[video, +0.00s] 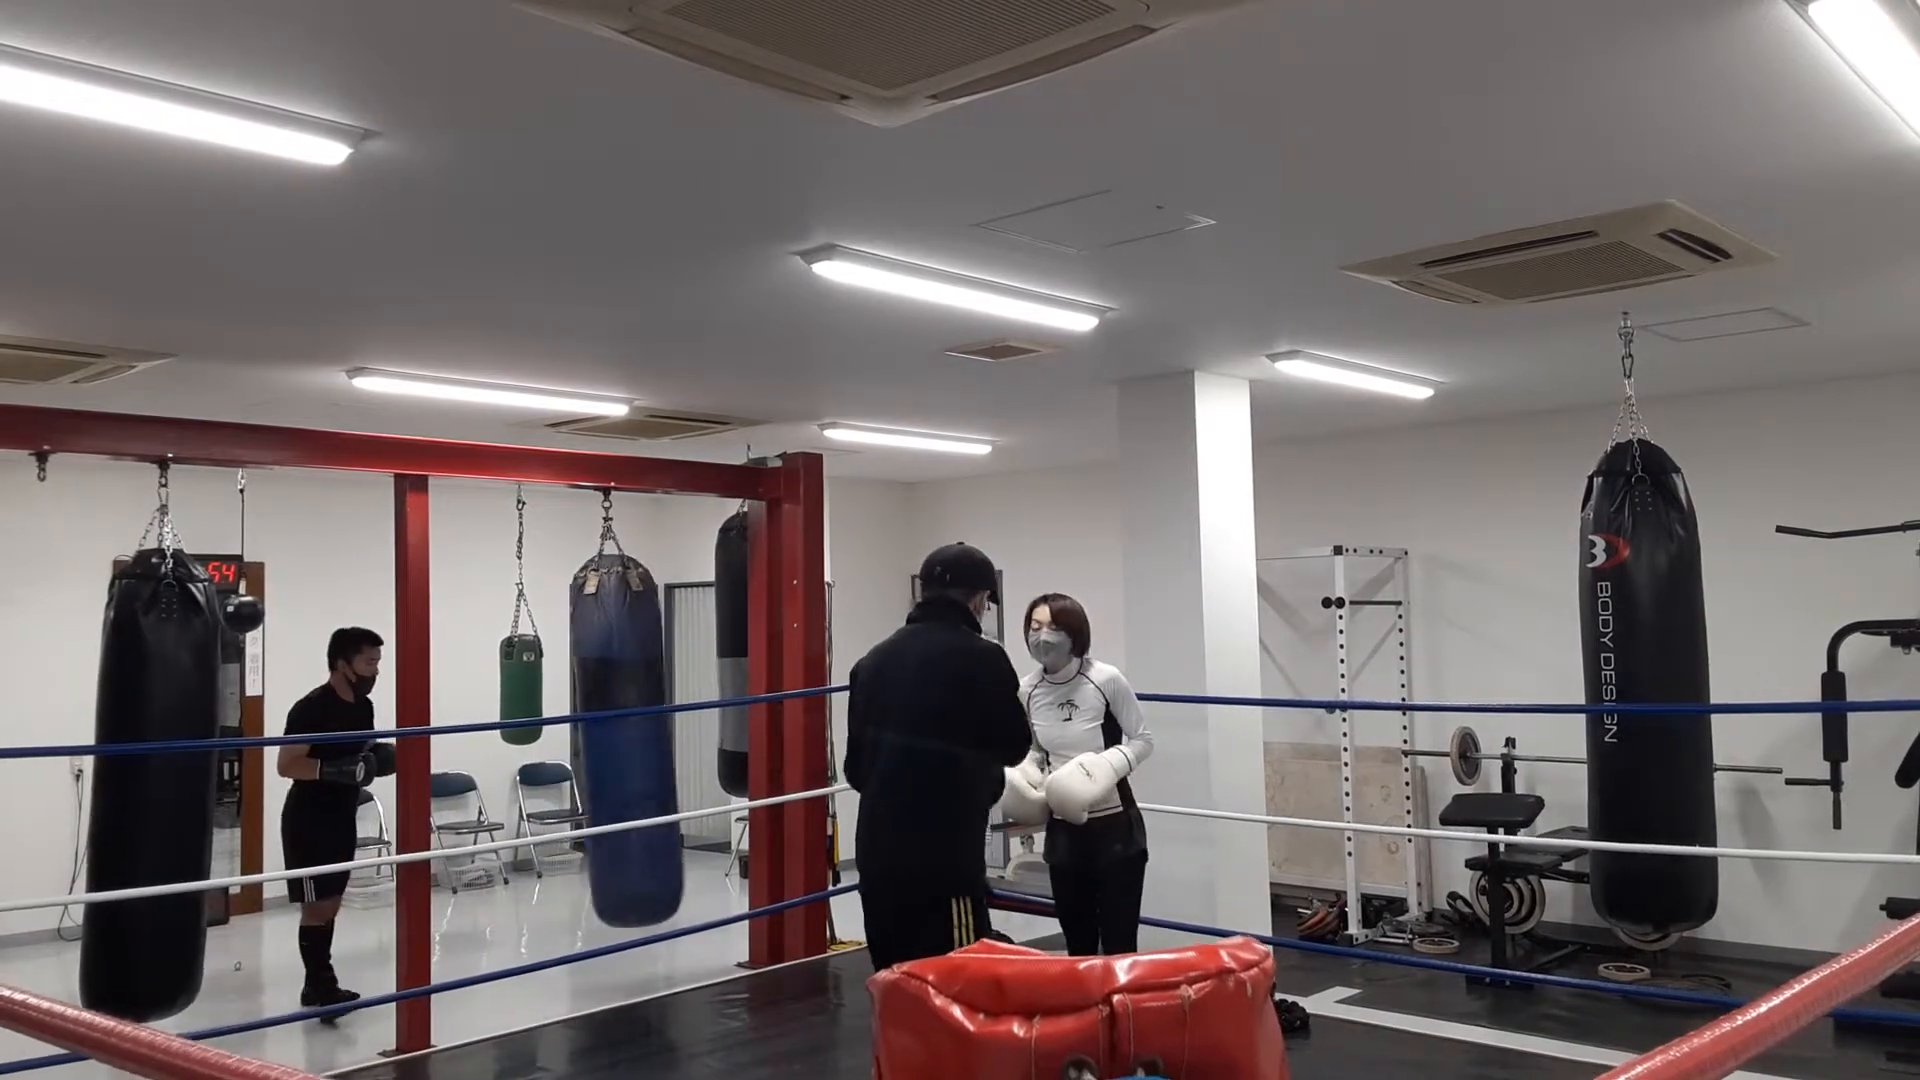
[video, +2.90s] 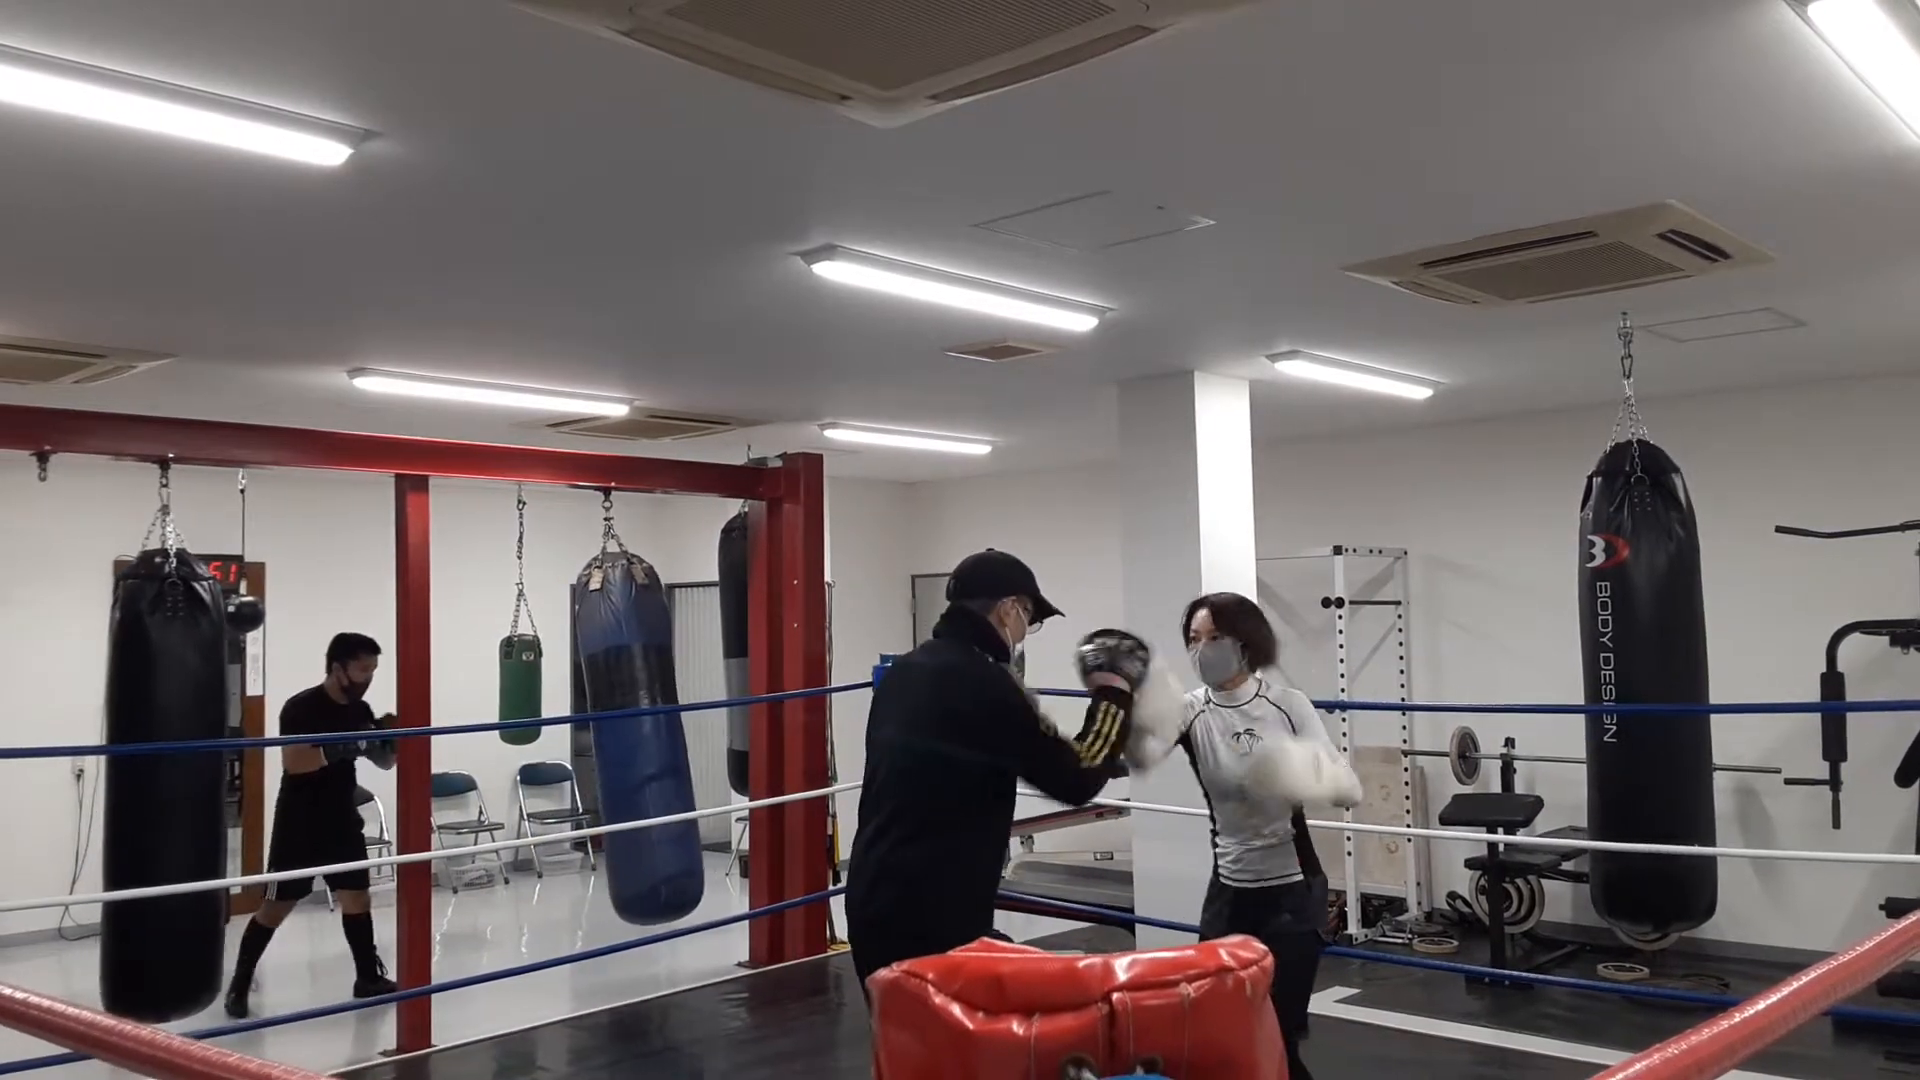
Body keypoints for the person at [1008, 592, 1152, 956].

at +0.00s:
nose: (1042, 636)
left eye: (1053, 628)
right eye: (1035, 627)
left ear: (1074, 634)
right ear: (1027, 634)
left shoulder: (1106, 680)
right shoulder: (1027, 690)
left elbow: (1143, 740)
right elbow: (1037, 749)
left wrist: (1105, 766)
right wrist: (1025, 774)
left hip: (1115, 826)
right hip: (1063, 831)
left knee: (1118, 946)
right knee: (1079, 948)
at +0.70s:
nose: (1089, 648)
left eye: (1099, 638)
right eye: (1080, 638)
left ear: (1119, 640)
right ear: (1071, 641)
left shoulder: (1150, 685)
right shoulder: (1067, 691)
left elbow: (1188, 752)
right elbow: (1050, 752)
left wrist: (1143, 757)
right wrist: (1085, 762)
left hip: (1148, 828)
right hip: (1095, 829)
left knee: (1159, 948)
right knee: (1094, 949)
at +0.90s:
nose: (1098, 642)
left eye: (1107, 631)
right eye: (1096, 633)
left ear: (1126, 637)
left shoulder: (1163, 679)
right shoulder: (1089, 687)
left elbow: (1199, 747)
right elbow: (1080, 759)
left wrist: (1151, 703)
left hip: (1165, 829)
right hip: (1112, 829)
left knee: (1172, 949)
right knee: (1090, 942)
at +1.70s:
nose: (1134, 664)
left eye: (1146, 654)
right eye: (1128, 653)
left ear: (1165, 656)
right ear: (1119, 655)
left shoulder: (1193, 702)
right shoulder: (1127, 716)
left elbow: (1232, 754)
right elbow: (1098, 778)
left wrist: (1184, 705)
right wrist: (1099, 720)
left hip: (1206, 865)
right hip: (1159, 864)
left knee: (1193, 969)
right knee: (1119, 961)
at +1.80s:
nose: (1143, 666)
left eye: (1154, 657)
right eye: (1142, 656)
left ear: (1177, 663)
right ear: (1140, 658)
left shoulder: (1204, 705)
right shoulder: (1140, 713)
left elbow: (1243, 763)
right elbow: (1111, 785)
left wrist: (1184, 727)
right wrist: (1128, 739)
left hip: (1217, 875)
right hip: (1164, 874)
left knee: (1231, 980)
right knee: (1132, 975)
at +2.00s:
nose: (1190, 649)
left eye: (1202, 639)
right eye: (1181, 638)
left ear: (1227, 644)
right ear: (1170, 643)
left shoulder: (1250, 701)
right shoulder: (1162, 703)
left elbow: (1305, 766)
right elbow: (1120, 737)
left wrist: (1275, 726)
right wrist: (1132, 720)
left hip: (1258, 860)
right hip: (1191, 863)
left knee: (1270, 991)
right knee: (1168, 983)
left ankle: (1289, 1069)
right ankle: (1166, 1072)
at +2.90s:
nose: (1200, 648)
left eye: (1212, 637)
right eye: (1194, 639)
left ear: (1244, 640)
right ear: (1188, 644)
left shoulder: (1288, 703)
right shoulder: (1189, 709)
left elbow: (1343, 785)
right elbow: (1138, 760)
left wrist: (1289, 768)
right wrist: (1143, 712)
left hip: (1293, 888)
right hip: (1229, 888)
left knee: (1280, 1032)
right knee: (1214, 1015)